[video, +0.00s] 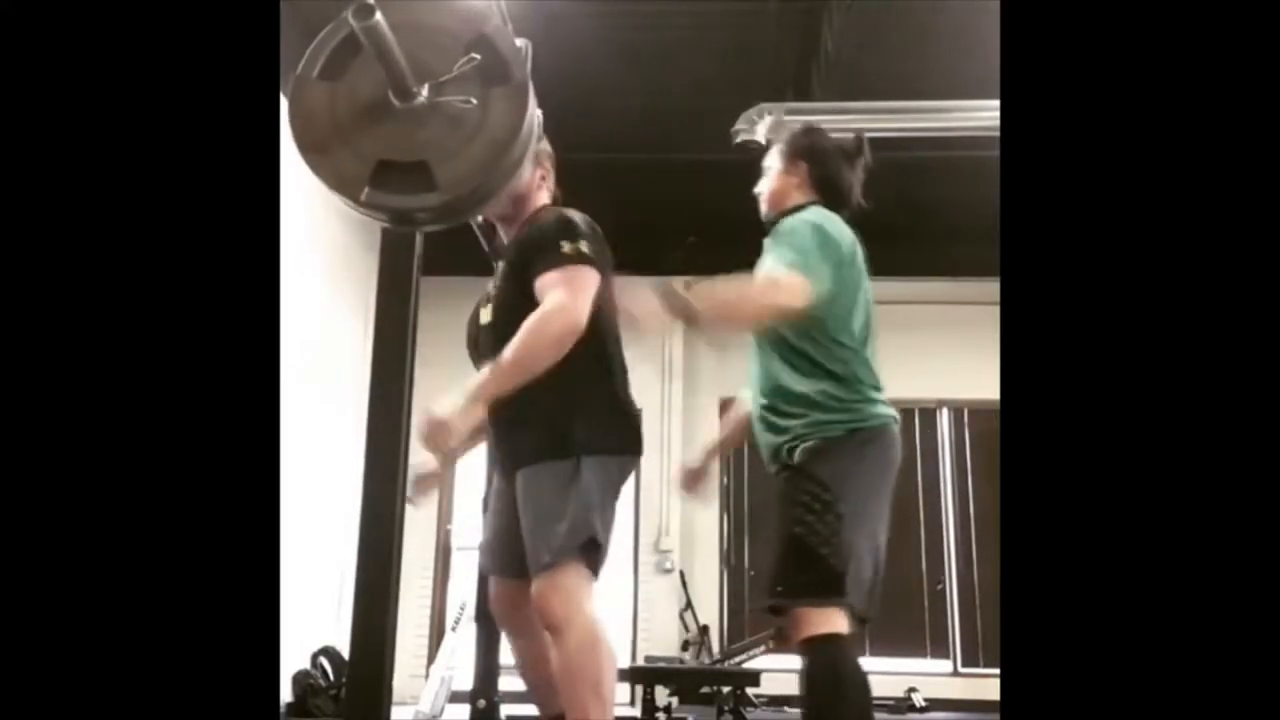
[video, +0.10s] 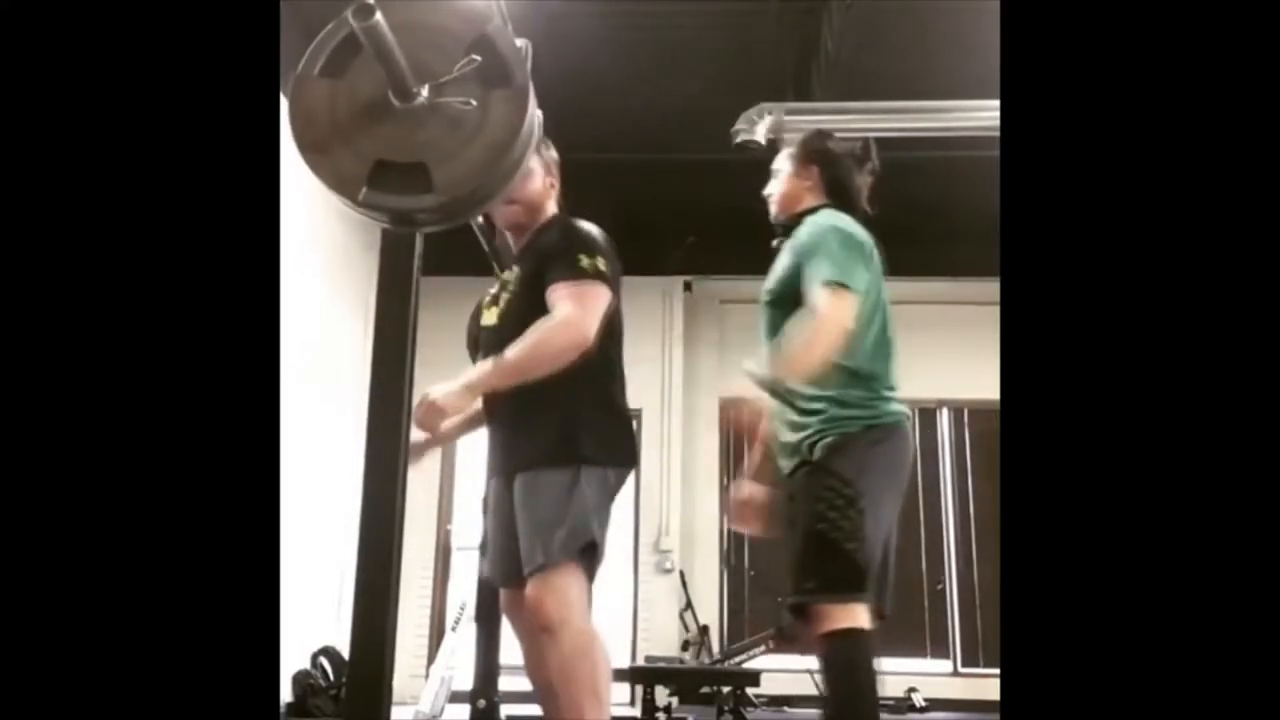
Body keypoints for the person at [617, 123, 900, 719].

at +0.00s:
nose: (759, 181)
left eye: (770, 169)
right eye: (763, 169)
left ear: (802, 175)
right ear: (809, 179)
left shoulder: (809, 228)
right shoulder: (802, 243)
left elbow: (786, 293)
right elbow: (779, 382)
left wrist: (680, 300)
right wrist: (712, 451)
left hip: (840, 440)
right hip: (822, 444)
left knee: (816, 613)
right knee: (808, 619)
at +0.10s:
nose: (768, 187)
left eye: (778, 174)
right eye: (770, 175)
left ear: (812, 179)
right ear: (810, 181)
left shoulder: (830, 230)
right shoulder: (805, 246)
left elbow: (831, 318)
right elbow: (795, 388)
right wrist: (762, 473)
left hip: (854, 436)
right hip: (828, 443)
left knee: (837, 606)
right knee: (832, 610)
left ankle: (854, 717)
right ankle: (851, 715)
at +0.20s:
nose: (775, 184)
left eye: (785, 172)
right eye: (777, 174)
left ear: (820, 176)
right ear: (813, 179)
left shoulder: (844, 230)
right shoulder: (810, 244)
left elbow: (856, 325)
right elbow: (805, 383)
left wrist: (817, 414)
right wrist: (784, 475)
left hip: (868, 430)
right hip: (839, 434)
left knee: (850, 598)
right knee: (836, 602)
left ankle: (868, 719)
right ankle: (863, 716)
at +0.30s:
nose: (787, 183)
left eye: (796, 171)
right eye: (789, 173)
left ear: (832, 173)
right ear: (828, 176)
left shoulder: (862, 228)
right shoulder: (823, 243)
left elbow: (883, 332)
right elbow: (830, 366)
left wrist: (875, 434)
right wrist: (816, 471)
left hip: (871, 435)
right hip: (836, 441)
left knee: (865, 592)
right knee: (842, 598)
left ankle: (913, 712)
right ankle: (869, 711)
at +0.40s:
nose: (802, 181)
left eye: (813, 168)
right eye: (805, 170)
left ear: (849, 171)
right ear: (845, 176)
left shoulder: (882, 226)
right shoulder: (841, 239)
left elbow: (905, 327)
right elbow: (852, 350)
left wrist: (893, 432)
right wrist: (834, 447)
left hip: (881, 438)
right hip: (845, 445)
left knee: (888, 594)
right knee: (856, 608)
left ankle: (974, 710)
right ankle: (878, 719)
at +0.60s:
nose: (842, 179)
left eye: (852, 164)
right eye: (842, 168)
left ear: (893, 164)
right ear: (880, 170)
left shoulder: (930, 219)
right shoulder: (877, 244)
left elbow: (939, 315)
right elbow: (871, 376)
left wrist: (888, 411)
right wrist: (837, 466)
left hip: (937, 445)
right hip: (878, 451)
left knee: (978, 618)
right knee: (878, 622)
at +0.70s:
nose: (864, 177)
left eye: (874, 161)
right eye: (863, 165)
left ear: (916, 159)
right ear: (908, 164)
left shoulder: (955, 215)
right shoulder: (902, 239)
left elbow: (959, 312)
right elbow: (891, 370)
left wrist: (891, 400)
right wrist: (849, 463)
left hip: (961, 446)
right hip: (897, 456)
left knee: (989, 623)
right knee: (895, 626)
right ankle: (896, 719)